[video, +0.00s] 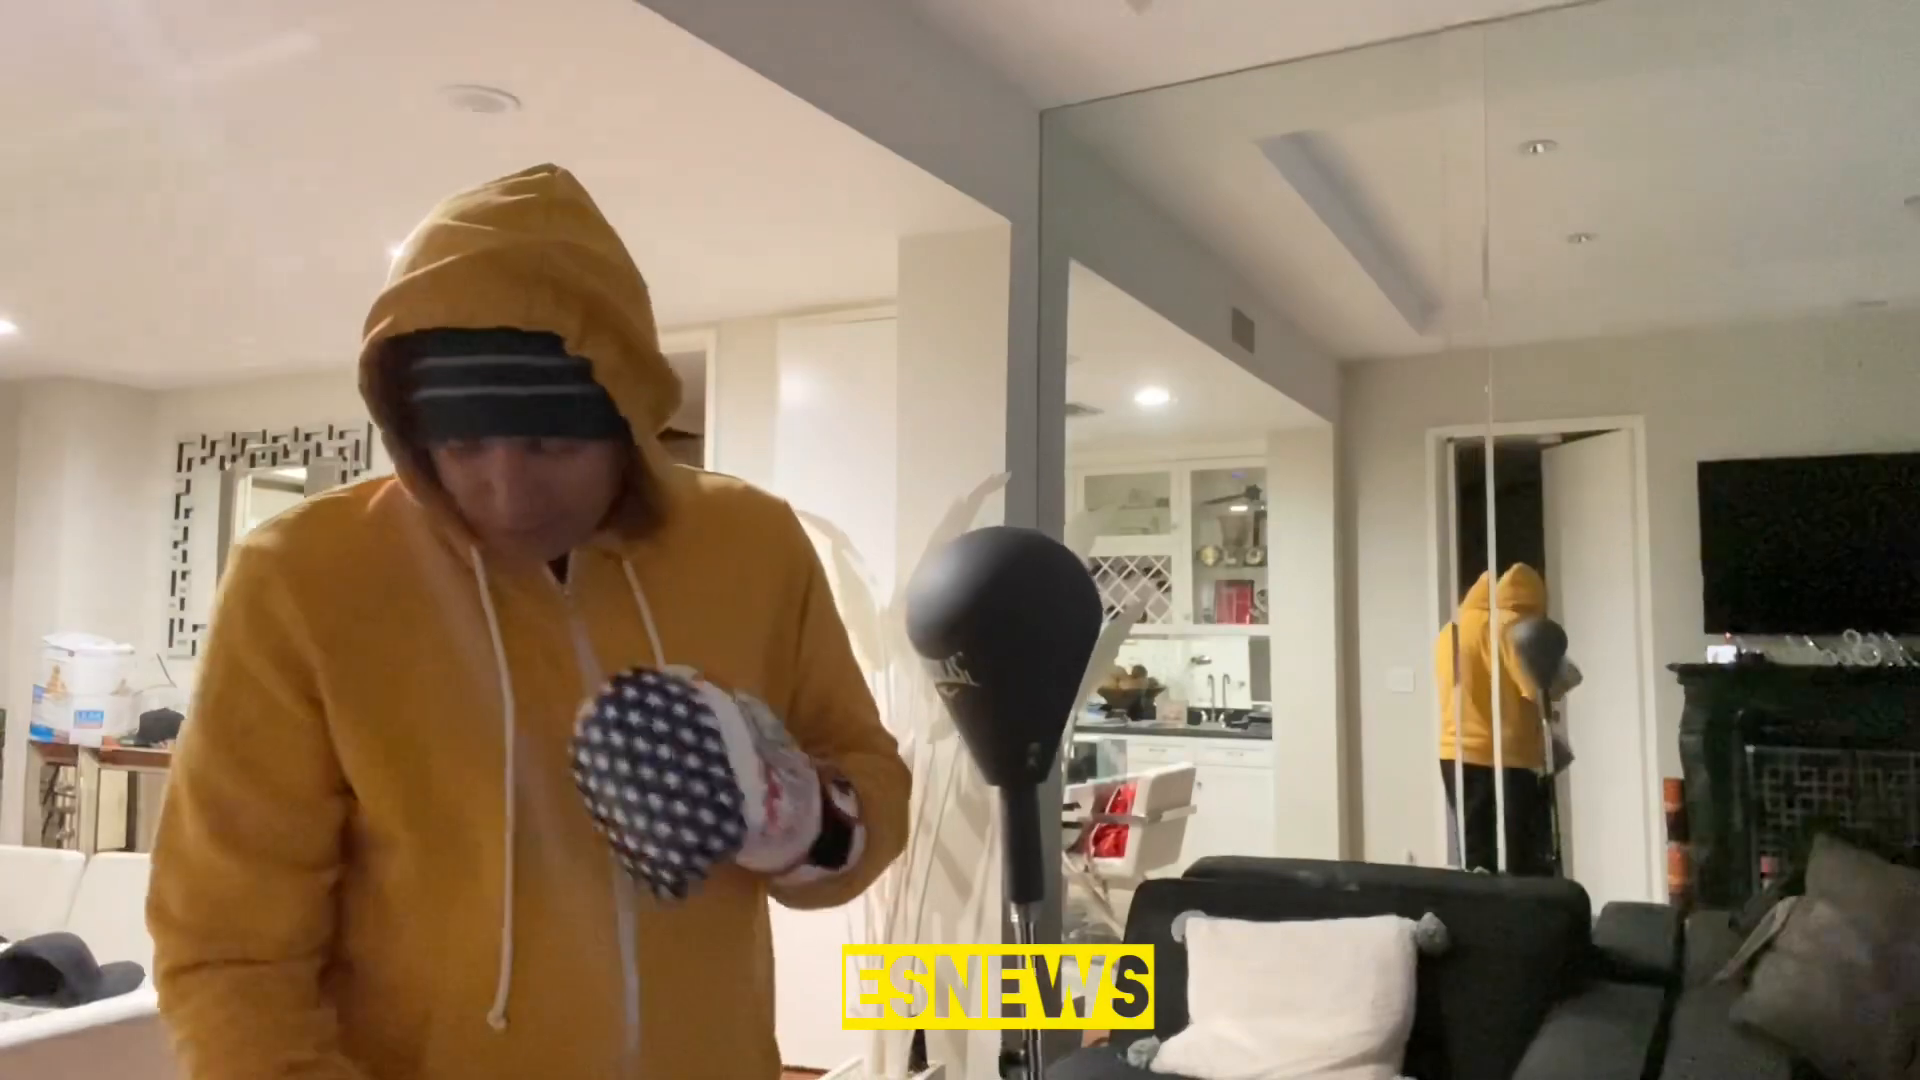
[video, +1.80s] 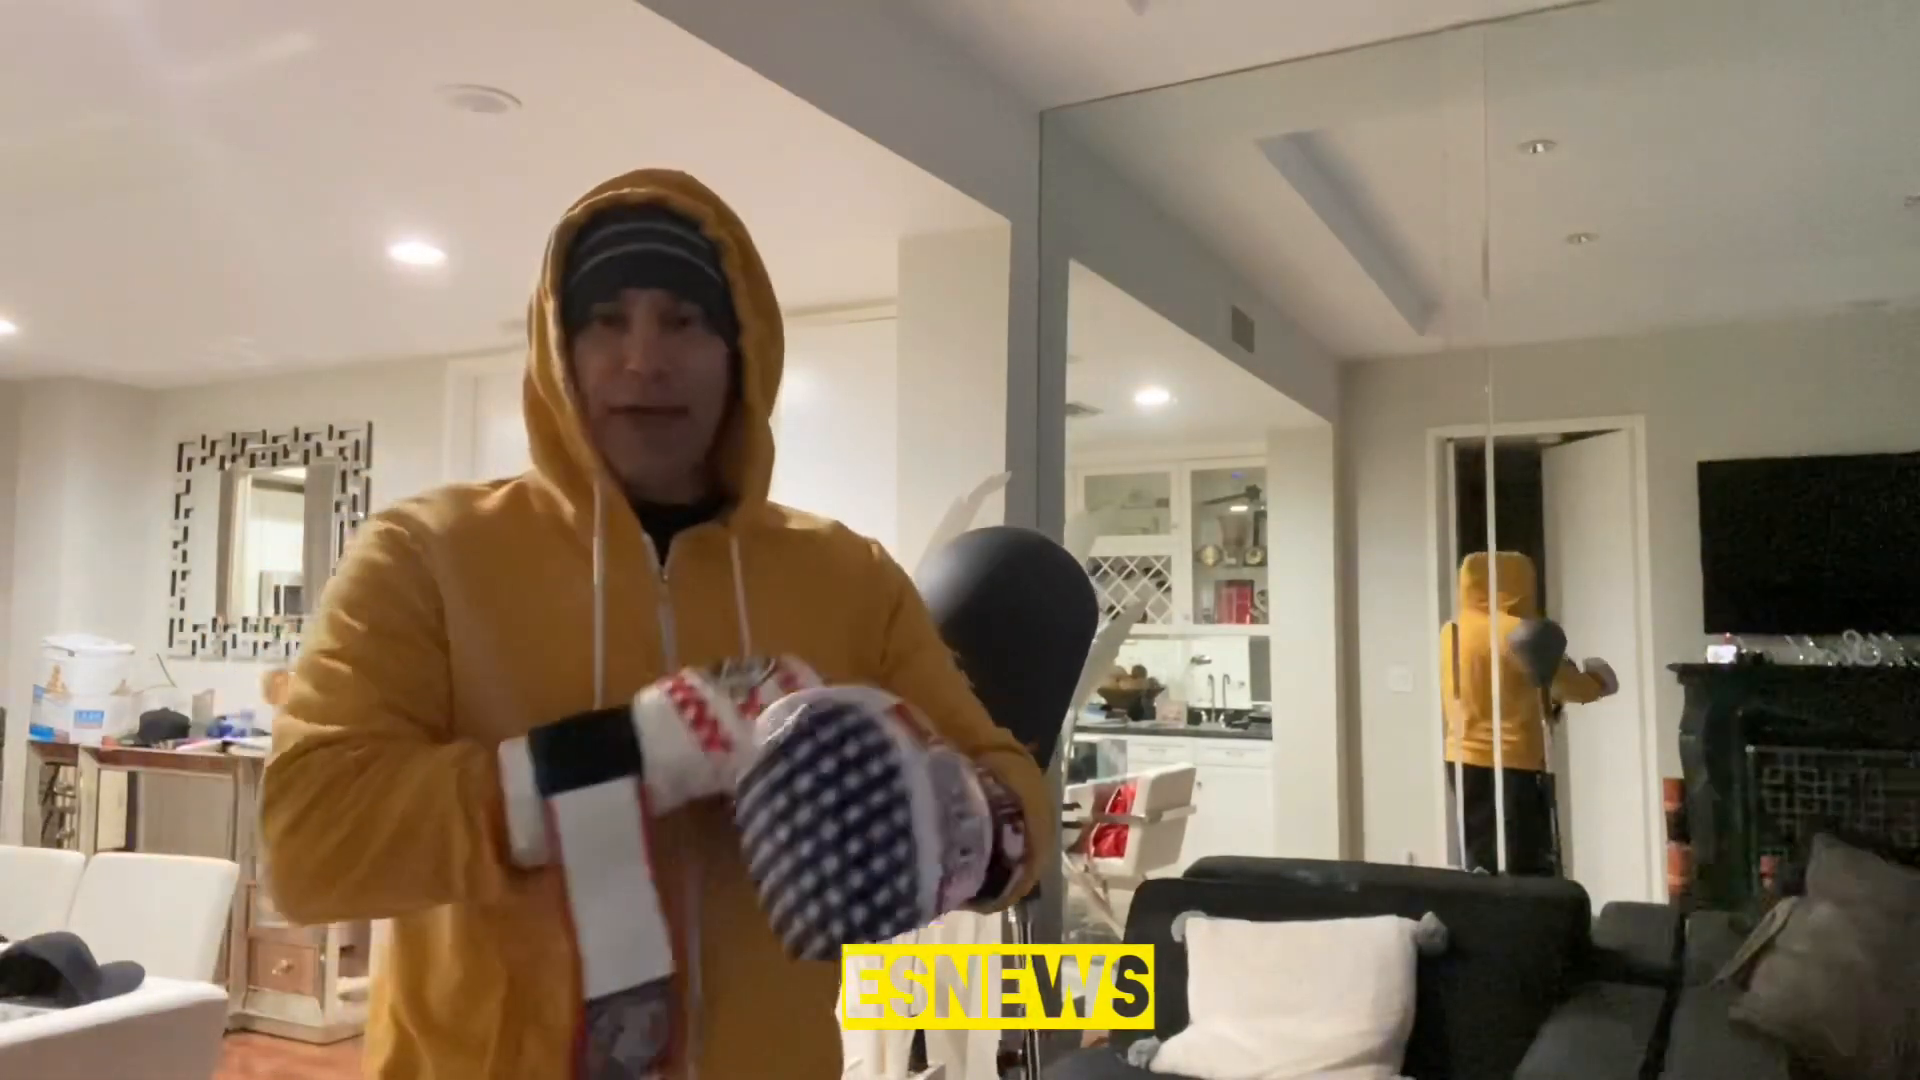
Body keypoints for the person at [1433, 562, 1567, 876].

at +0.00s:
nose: (1538, 616)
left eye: (1538, 610)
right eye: (1538, 608)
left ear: (1489, 589)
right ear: (1530, 599)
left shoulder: (1450, 631)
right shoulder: (1513, 627)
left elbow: (1451, 692)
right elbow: (1535, 687)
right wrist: (1564, 676)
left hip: (1459, 761)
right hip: (1510, 764)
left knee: (1476, 856)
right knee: (1526, 859)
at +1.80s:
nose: (1530, 591)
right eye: (1525, 584)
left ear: (1468, 586)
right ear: (1516, 586)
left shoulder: (1450, 633)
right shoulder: (1523, 634)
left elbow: (1455, 696)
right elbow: (1570, 687)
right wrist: (1599, 680)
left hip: (1464, 763)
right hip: (1518, 766)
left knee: (1476, 860)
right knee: (1530, 863)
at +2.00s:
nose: (1527, 590)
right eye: (1522, 584)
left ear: (1466, 587)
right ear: (1513, 587)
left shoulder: (1446, 634)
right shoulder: (1525, 635)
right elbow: (1589, 690)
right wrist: (1566, 701)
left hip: (1461, 764)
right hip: (1518, 767)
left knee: (1476, 859)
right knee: (1527, 864)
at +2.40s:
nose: (1529, 599)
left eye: (1527, 591)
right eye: (1525, 590)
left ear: (1469, 587)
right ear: (1514, 591)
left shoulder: (1443, 632)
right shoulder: (1515, 637)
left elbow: (1453, 690)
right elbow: (1555, 703)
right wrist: (1571, 693)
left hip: (1459, 764)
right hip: (1516, 766)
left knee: (1477, 857)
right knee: (1529, 859)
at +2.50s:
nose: (1528, 600)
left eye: (1528, 593)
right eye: (1525, 592)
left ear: (1471, 588)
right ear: (1514, 592)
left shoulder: (1442, 632)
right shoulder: (1509, 636)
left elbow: (1451, 695)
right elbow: (1538, 704)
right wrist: (1565, 725)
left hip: (1459, 766)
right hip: (1513, 768)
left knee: (1478, 857)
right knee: (1526, 860)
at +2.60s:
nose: (1534, 607)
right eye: (1531, 600)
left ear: (1472, 590)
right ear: (1521, 596)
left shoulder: (1443, 633)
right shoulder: (1529, 637)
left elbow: (1448, 700)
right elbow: (1555, 706)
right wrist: (1565, 744)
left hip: (1460, 763)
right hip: (1519, 765)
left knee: (1477, 851)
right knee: (1529, 854)